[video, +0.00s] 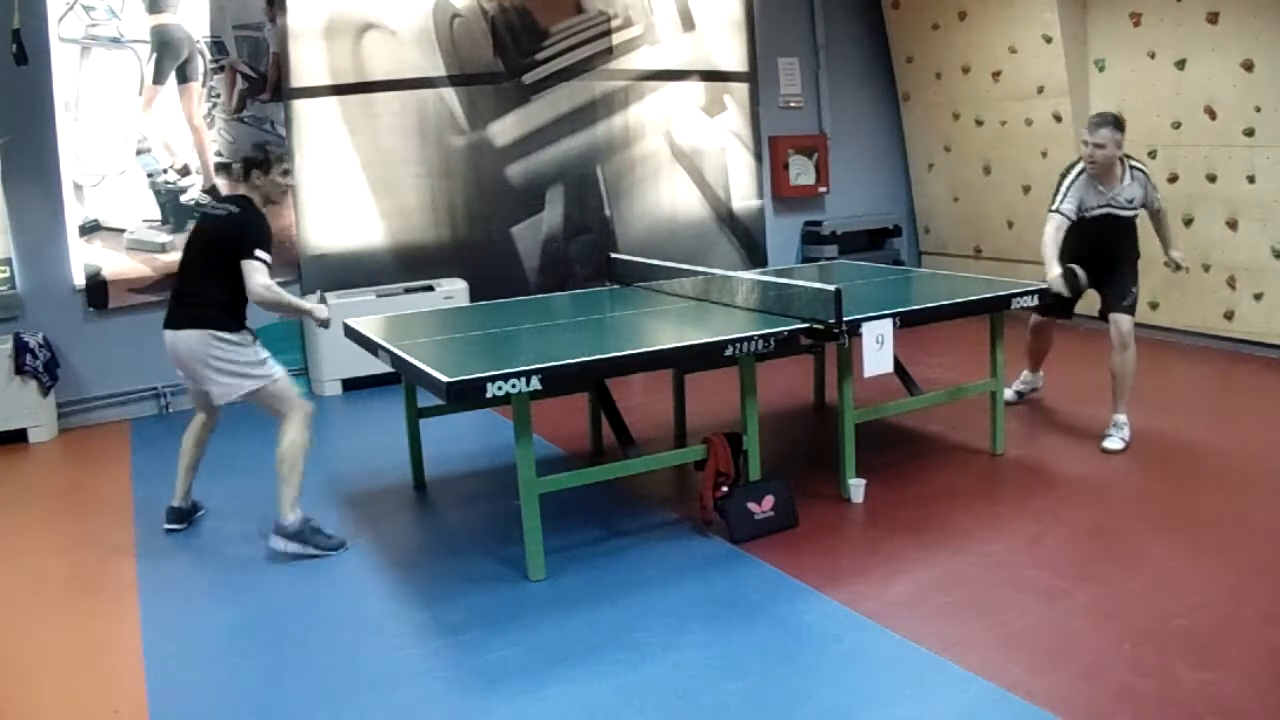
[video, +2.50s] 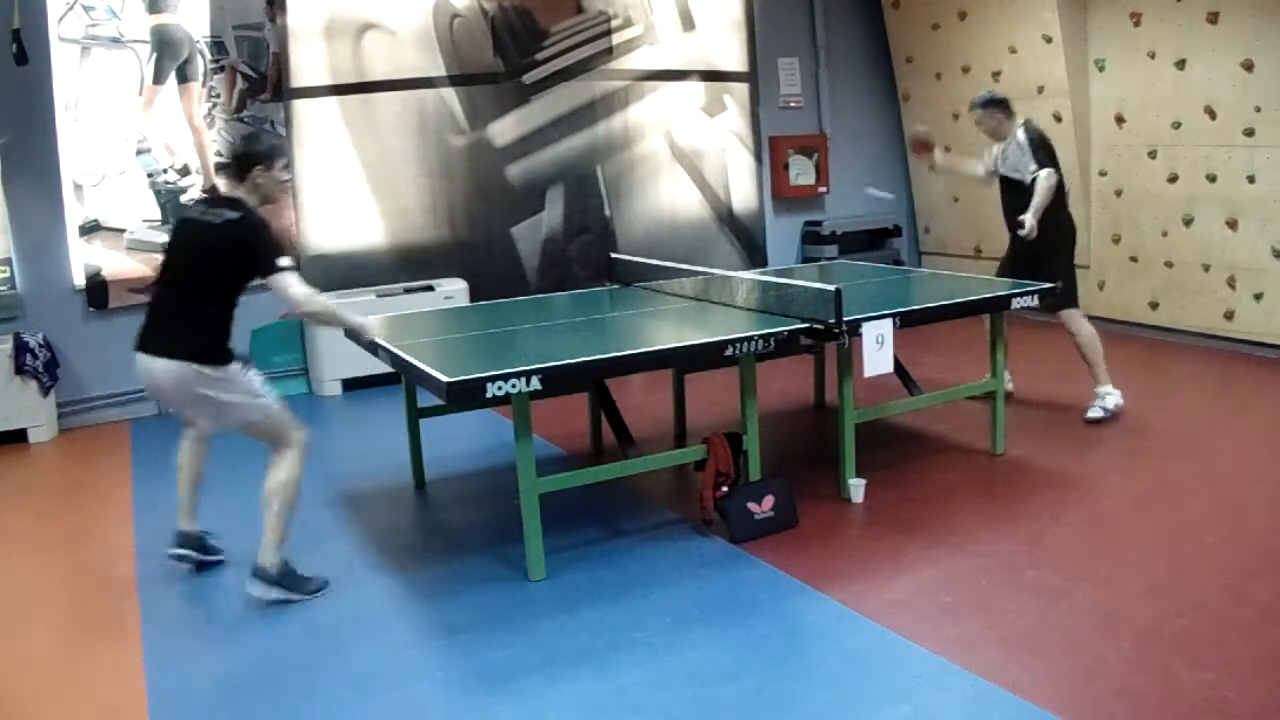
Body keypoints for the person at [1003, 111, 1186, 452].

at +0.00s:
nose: (1090, 153)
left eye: (1100, 147)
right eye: (1086, 144)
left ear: (1119, 148)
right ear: (1081, 142)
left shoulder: (1138, 176)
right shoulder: (1075, 177)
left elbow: (1156, 209)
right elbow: (1054, 225)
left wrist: (1169, 249)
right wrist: (1053, 267)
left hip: (1119, 258)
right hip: (1076, 253)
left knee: (1121, 330)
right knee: (1039, 323)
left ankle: (1119, 420)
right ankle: (1031, 376)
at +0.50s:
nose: (1023, 106)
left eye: (1030, 98)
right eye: (1021, 99)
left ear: (1054, 101)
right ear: (1024, 102)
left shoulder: (1083, 140)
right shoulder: (1021, 139)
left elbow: (1113, 186)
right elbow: (1008, 179)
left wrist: (1119, 231)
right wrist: (992, 208)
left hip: (1081, 250)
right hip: (1039, 248)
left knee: (1092, 326)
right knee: (1021, 319)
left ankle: (1116, 413)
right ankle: (1024, 385)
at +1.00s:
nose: (929, 139)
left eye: (931, 131)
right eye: (928, 132)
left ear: (951, 128)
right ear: (946, 130)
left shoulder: (983, 144)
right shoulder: (957, 162)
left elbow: (1023, 170)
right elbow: (938, 212)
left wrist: (1024, 199)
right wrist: (886, 217)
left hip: (1025, 251)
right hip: (991, 254)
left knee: (1053, 321)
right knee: (956, 314)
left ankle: (1100, 400)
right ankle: (953, 381)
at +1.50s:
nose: (970, 110)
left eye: (976, 102)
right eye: (967, 104)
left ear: (997, 101)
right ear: (970, 107)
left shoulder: (1020, 132)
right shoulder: (978, 142)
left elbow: (1051, 174)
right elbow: (981, 192)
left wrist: (1039, 213)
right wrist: (945, 216)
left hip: (1031, 245)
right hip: (993, 245)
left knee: (1054, 322)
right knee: (962, 324)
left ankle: (1083, 398)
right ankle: (954, 380)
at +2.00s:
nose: (985, 113)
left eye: (990, 106)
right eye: (982, 107)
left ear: (1012, 104)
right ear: (983, 111)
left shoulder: (1040, 135)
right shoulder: (993, 145)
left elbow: (1074, 177)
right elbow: (994, 190)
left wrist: (1065, 225)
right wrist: (968, 217)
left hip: (1057, 240)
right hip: (1020, 241)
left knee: (1079, 315)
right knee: (1001, 309)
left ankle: (1112, 394)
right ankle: (1002, 377)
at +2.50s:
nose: (981, 130)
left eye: (983, 123)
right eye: (978, 124)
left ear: (1000, 117)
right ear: (995, 119)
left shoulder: (1028, 138)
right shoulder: (1003, 147)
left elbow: (1048, 175)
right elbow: (983, 172)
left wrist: (1033, 213)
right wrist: (939, 158)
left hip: (1051, 237)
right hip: (1023, 237)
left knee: (1068, 314)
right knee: (992, 303)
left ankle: (1107, 391)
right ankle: (999, 375)